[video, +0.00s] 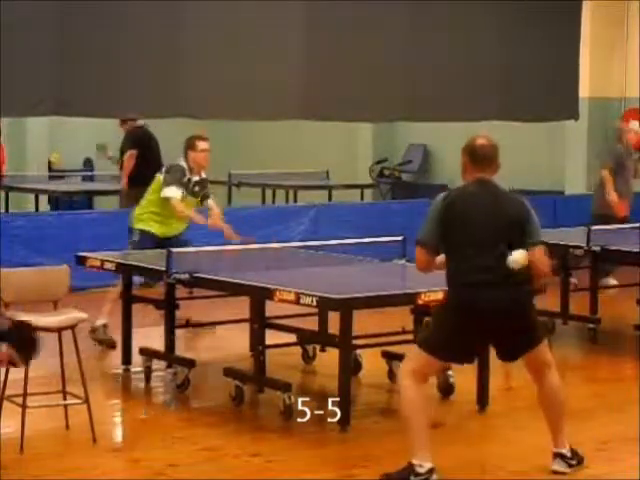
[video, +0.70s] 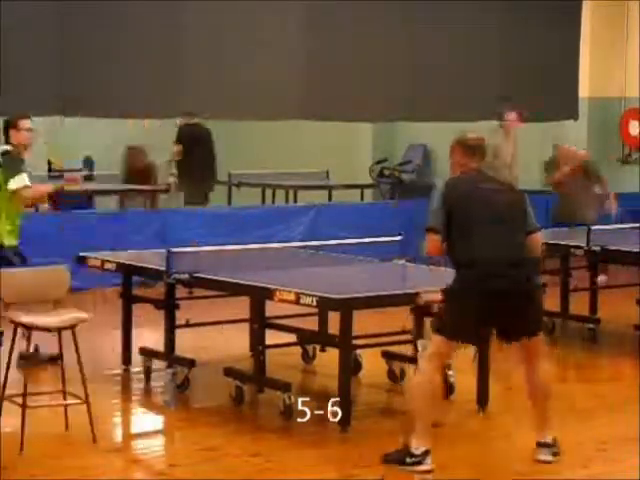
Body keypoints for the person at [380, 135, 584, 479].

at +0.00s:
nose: (464, 168)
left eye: (463, 163)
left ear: (464, 164)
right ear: (497, 166)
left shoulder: (448, 203)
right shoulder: (516, 204)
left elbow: (424, 262)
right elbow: (540, 265)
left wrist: (450, 256)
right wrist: (535, 282)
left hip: (463, 311)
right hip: (513, 310)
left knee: (412, 372)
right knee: (545, 371)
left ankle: (420, 464)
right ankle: (562, 452)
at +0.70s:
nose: (451, 165)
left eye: (453, 159)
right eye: (453, 159)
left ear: (459, 158)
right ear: (483, 157)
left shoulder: (449, 188)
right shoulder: (512, 190)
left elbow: (433, 246)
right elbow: (535, 245)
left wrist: (460, 242)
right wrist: (507, 250)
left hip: (472, 285)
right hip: (518, 284)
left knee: (432, 362)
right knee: (534, 360)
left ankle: (418, 448)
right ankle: (545, 441)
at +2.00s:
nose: (470, 129)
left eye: (471, 123)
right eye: (472, 123)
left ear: (479, 125)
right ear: (506, 126)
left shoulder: (475, 163)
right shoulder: (530, 167)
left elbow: (465, 215)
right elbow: (544, 220)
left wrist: (444, 222)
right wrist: (509, 225)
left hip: (484, 276)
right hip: (526, 276)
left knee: (456, 350)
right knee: (519, 353)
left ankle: (435, 439)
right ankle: (524, 442)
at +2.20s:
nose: (449, 135)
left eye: (450, 129)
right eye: (451, 128)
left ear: (457, 130)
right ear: (485, 130)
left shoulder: (452, 168)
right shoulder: (512, 169)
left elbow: (432, 223)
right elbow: (530, 223)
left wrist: (451, 221)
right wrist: (496, 226)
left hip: (467, 280)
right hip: (513, 280)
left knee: (444, 359)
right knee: (517, 357)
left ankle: (437, 445)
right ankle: (522, 441)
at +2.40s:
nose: (435, 139)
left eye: (436, 133)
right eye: (437, 132)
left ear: (443, 133)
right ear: (471, 133)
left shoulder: (435, 171)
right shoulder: (500, 169)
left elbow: (416, 229)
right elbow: (525, 222)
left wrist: (426, 216)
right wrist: (495, 234)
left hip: (460, 276)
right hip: (506, 276)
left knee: (438, 357)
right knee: (514, 352)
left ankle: (436, 445)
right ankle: (528, 436)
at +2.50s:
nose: (437, 139)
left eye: (437, 133)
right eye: (439, 133)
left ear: (444, 134)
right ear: (473, 134)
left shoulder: (436, 172)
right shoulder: (501, 170)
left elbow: (416, 229)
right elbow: (528, 223)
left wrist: (426, 216)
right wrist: (501, 240)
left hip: (460, 276)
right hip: (506, 276)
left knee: (438, 357)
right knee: (514, 353)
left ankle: (436, 445)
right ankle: (530, 437)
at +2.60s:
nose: (445, 144)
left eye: (446, 138)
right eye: (446, 138)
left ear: (453, 138)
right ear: (479, 139)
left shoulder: (443, 173)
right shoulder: (508, 174)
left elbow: (422, 233)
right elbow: (536, 226)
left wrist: (426, 225)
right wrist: (515, 249)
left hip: (467, 277)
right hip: (513, 277)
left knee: (438, 359)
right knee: (517, 357)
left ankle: (435, 445)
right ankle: (531, 440)